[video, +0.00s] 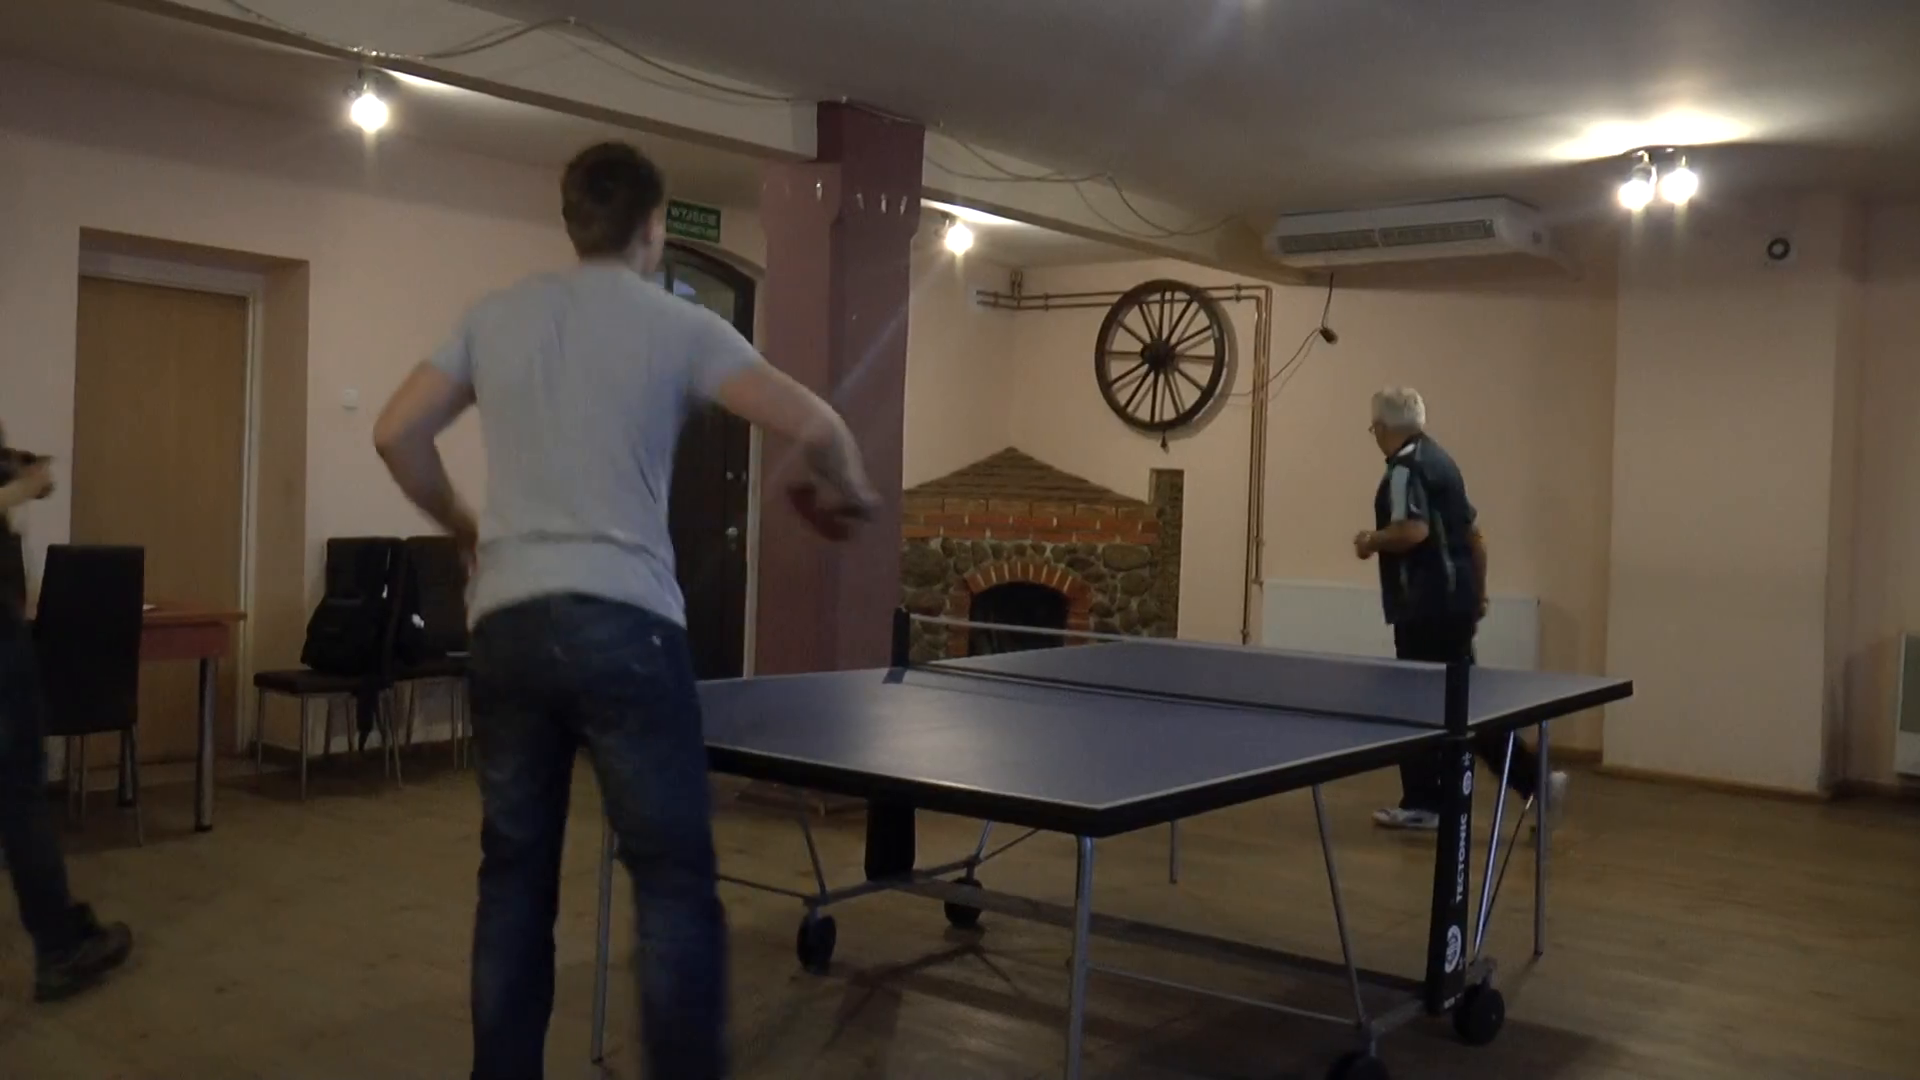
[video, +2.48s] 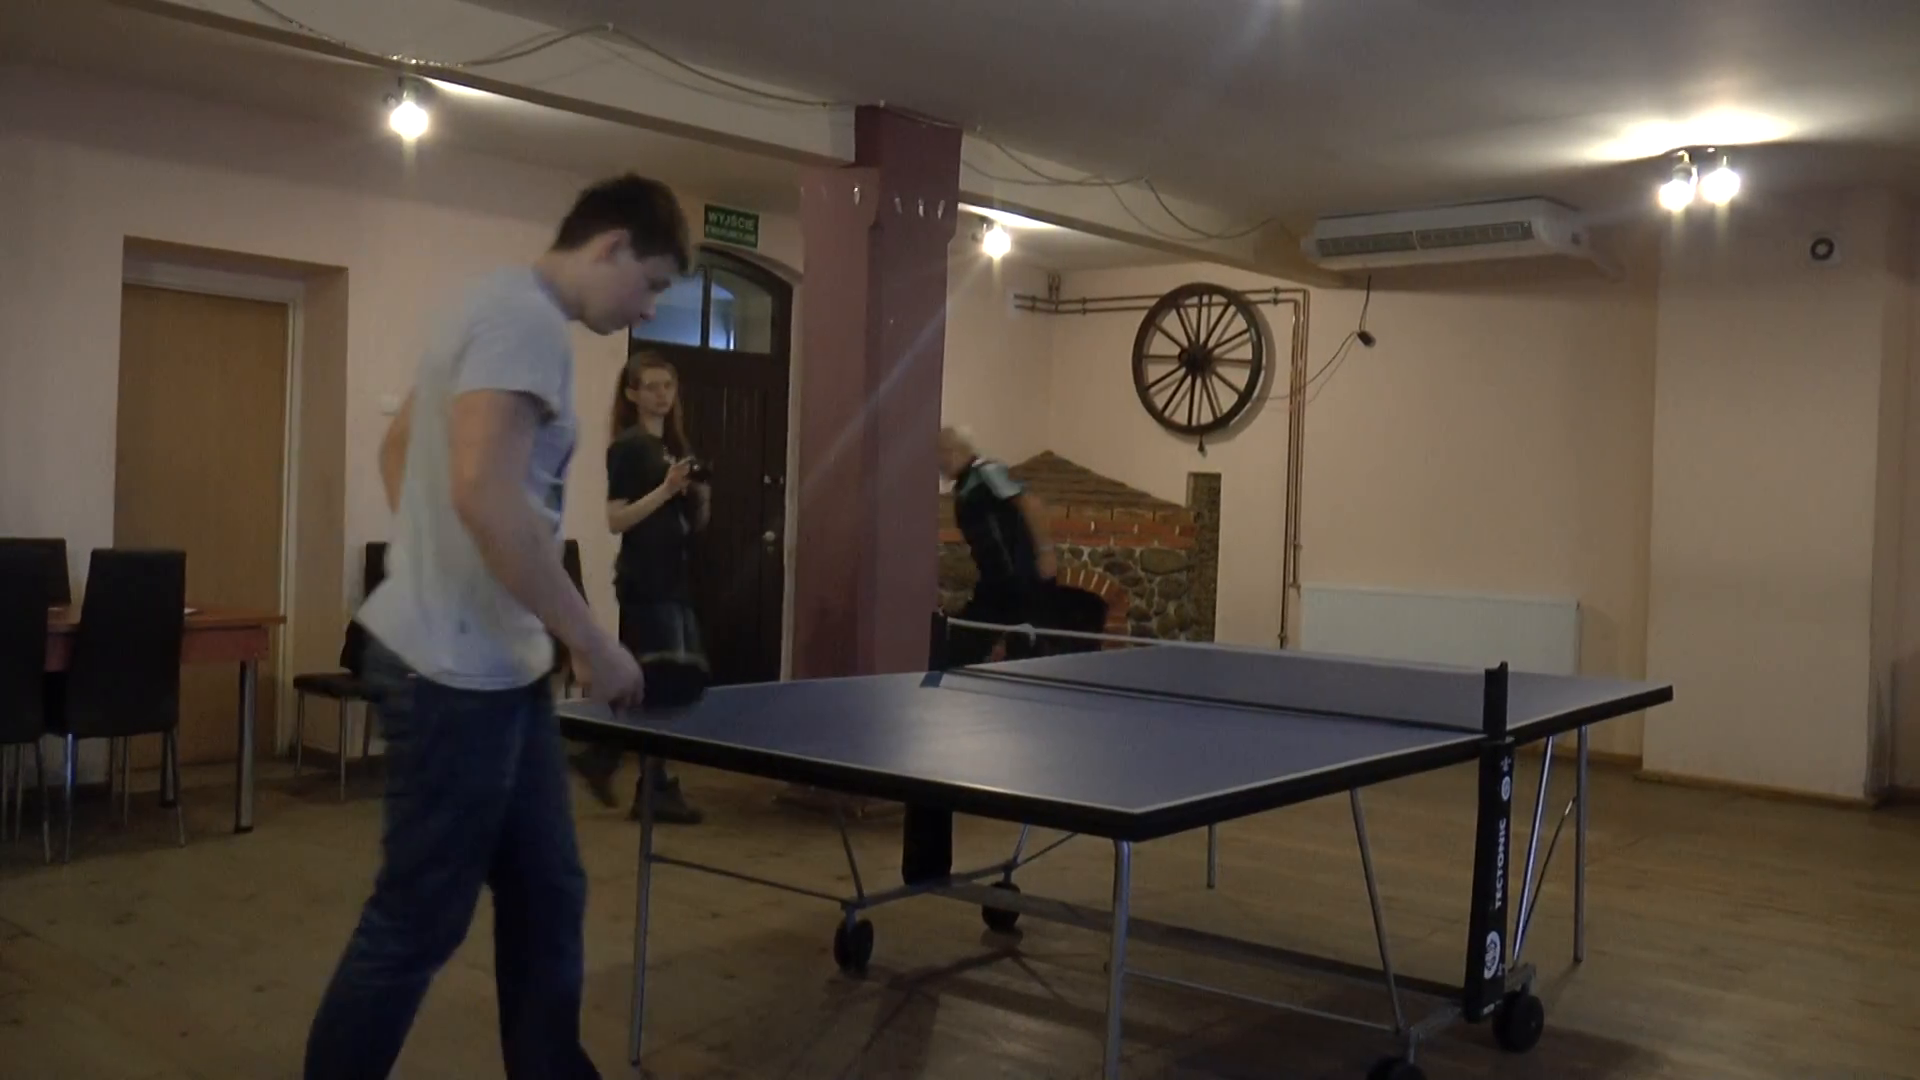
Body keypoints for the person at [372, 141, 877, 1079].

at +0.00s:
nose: (663, 238)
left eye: (658, 224)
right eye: (663, 224)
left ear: (570, 226)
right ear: (652, 226)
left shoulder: (495, 314)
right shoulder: (675, 321)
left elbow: (398, 432)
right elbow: (818, 425)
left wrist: (459, 522)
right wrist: (846, 489)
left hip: (505, 620)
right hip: (623, 617)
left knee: (514, 868)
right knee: (672, 873)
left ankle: (503, 1070)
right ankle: (686, 1066)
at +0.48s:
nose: (560, 219)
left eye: (551, 204)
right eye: (558, 205)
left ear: (466, 203)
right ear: (544, 208)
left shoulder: (392, 299)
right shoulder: (552, 304)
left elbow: (326, 436)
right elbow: (621, 461)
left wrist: (417, 489)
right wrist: (586, 503)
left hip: (387, 594)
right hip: (494, 602)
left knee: (358, 828)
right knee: (501, 859)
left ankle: (292, 1058)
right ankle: (471, 1068)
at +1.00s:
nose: (444, 227)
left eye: (440, 211)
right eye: (443, 211)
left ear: (352, 208)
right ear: (426, 211)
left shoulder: (284, 304)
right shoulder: (422, 292)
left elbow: (214, 425)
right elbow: (417, 423)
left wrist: (304, 489)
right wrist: (469, 511)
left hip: (290, 586)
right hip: (387, 591)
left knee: (304, 834)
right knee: (432, 841)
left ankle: (281, 1063)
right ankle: (410, 1064)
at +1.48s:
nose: (431, 256)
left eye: (436, 240)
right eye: (430, 236)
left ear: (344, 216)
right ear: (391, 217)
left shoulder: (277, 306)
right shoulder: (378, 314)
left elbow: (333, 427)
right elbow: (423, 493)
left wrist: (421, 350)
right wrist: (460, 593)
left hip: (271, 608)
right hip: (355, 623)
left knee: (291, 856)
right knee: (375, 870)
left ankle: (276, 1064)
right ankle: (337, 1068)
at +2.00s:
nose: (490, 270)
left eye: (502, 256)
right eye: (496, 251)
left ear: (420, 215)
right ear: (468, 222)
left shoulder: (340, 287)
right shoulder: (402, 296)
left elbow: (451, 423)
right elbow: (385, 473)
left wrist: (496, 318)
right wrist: (482, 649)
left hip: (329, 632)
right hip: (373, 650)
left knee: (370, 897)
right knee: (360, 911)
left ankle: (355, 1064)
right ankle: (326, 1071)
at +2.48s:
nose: (648, 308)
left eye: (660, 292)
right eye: (653, 283)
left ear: (598, 248)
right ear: (612, 249)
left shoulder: (487, 308)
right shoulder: (522, 317)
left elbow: (396, 451)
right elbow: (485, 491)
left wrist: (468, 571)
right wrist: (591, 636)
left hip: (488, 665)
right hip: (455, 669)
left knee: (545, 899)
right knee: (416, 918)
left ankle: (551, 1069)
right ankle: (334, 1069)